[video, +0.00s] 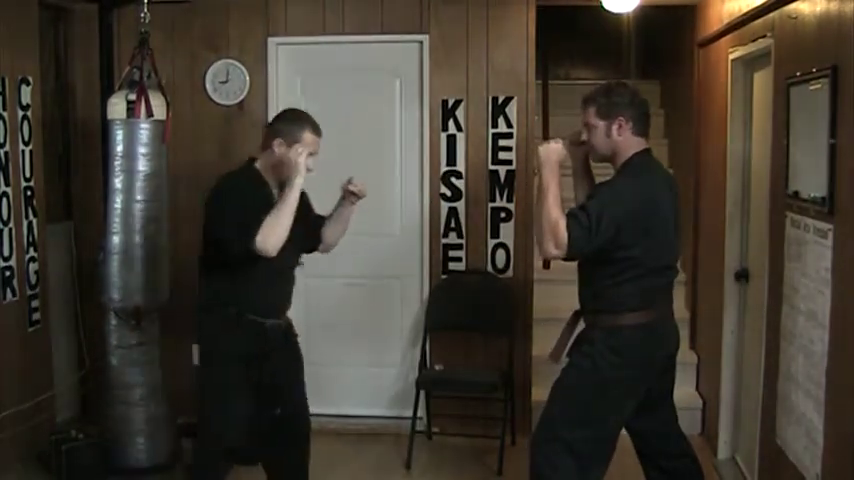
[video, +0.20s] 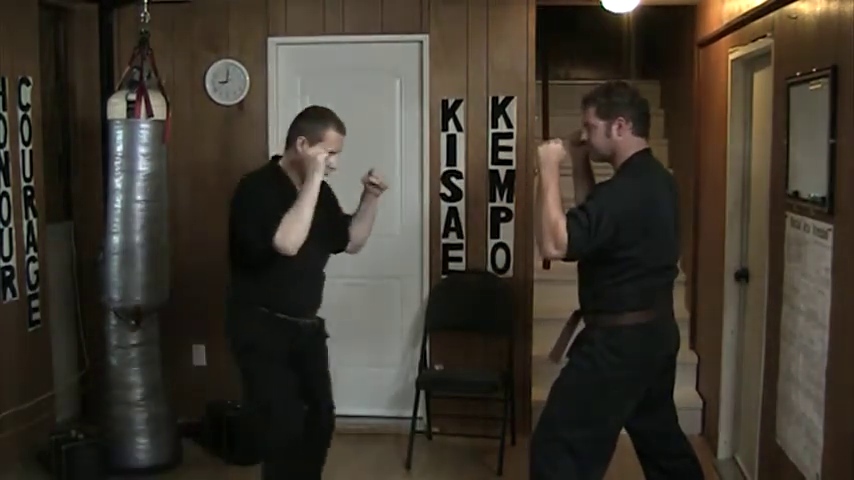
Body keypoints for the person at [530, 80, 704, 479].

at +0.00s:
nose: (585, 137)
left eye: (590, 127)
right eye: (584, 128)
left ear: (620, 126)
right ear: (625, 127)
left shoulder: (627, 187)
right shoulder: (659, 180)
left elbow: (558, 243)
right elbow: (596, 224)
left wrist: (549, 170)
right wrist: (581, 164)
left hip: (617, 343)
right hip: (654, 336)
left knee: (556, 452)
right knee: (664, 449)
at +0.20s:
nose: (585, 137)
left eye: (589, 127)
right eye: (584, 128)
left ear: (619, 126)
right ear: (625, 127)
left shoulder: (626, 187)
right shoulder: (659, 180)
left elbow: (558, 243)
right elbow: (595, 224)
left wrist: (548, 171)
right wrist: (581, 163)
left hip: (616, 343)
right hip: (655, 336)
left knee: (556, 452)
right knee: (664, 448)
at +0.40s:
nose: (585, 136)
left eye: (589, 127)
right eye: (584, 127)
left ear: (620, 126)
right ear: (625, 127)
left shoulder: (626, 187)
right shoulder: (659, 179)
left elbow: (557, 243)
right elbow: (598, 222)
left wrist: (548, 170)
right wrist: (583, 162)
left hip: (617, 343)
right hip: (655, 336)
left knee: (556, 451)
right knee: (664, 448)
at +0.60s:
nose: (584, 137)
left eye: (588, 127)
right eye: (583, 127)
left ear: (617, 126)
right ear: (625, 126)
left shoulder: (619, 189)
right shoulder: (664, 181)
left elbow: (550, 247)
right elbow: (602, 225)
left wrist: (544, 180)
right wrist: (588, 166)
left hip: (616, 343)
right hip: (658, 336)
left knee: (556, 451)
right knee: (665, 447)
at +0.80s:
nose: (585, 139)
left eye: (588, 128)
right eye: (585, 128)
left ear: (617, 126)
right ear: (627, 126)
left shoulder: (616, 190)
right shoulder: (666, 181)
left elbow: (545, 258)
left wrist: (541, 290)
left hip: (617, 343)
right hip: (661, 338)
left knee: (557, 450)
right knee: (664, 447)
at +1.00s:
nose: (582, 140)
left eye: (586, 130)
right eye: (582, 130)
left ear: (615, 127)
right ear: (624, 127)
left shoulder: (616, 191)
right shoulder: (665, 184)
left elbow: (553, 263)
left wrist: (550, 245)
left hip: (618, 342)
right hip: (660, 336)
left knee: (557, 448)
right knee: (662, 447)